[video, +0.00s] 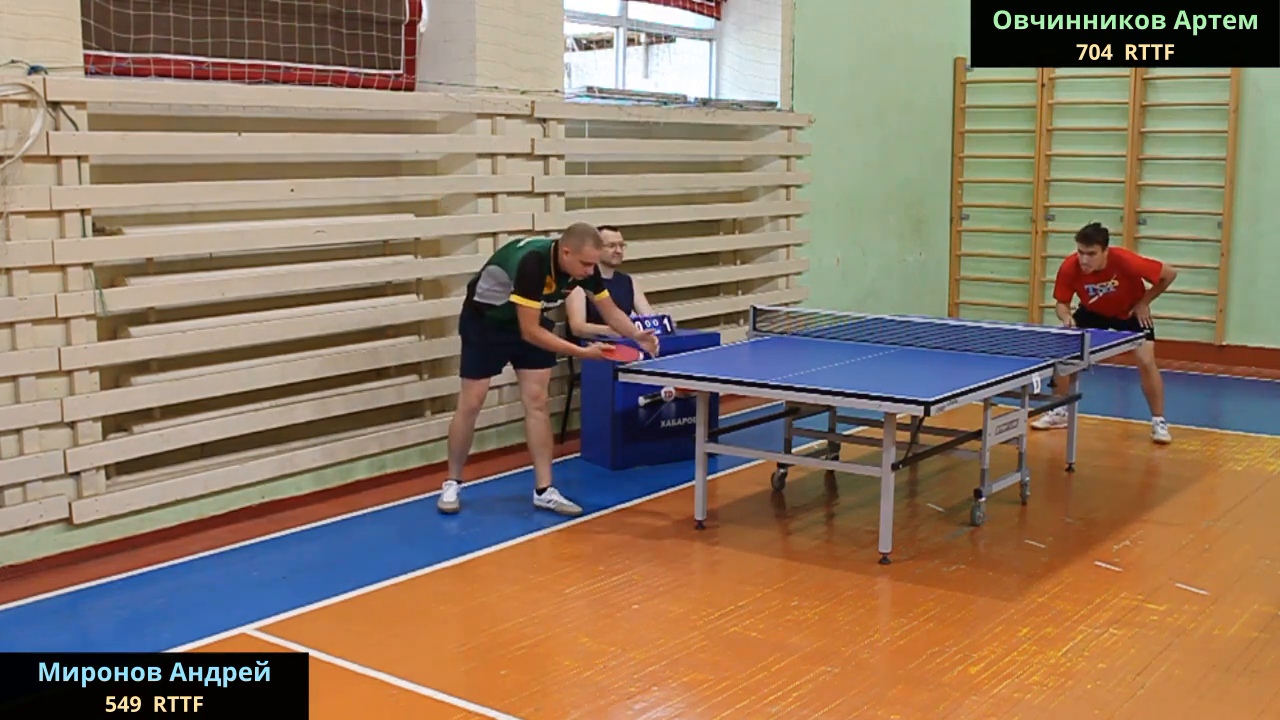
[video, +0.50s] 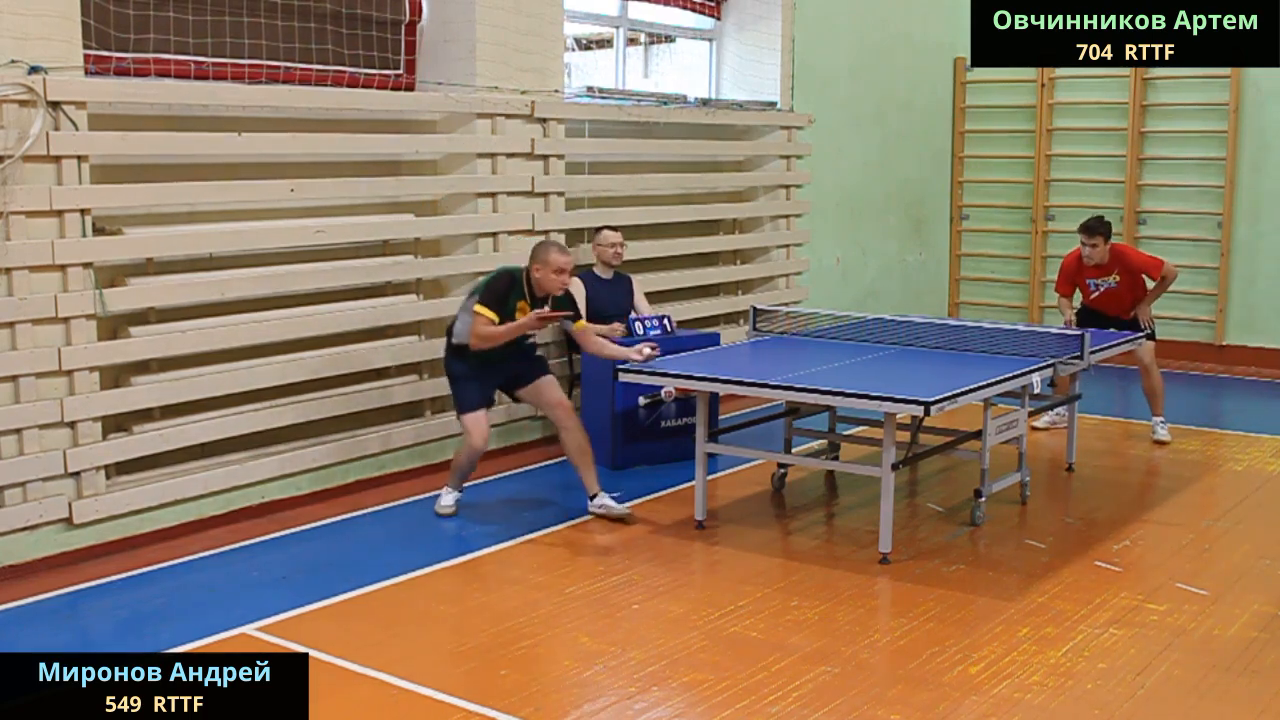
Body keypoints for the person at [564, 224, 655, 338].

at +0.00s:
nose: (618, 251)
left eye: (621, 245)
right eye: (611, 246)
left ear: (625, 247)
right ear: (596, 248)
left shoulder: (628, 281)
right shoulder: (579, 281)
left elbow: (649, 315)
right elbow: (577, 327)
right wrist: (611, 330)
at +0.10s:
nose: (618, 251)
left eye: (621, 246)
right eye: (611, 246)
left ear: (624, 247)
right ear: (595, 248)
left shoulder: (628, 281)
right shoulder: (579, 281)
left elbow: (648, 315)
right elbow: (577, 327)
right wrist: (611, 331)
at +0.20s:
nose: (619, 251)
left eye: (621, 246)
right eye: (612, 246)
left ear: (624, 248)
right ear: (595, 250)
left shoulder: (629, 282)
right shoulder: (578, 281)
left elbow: (649, 317)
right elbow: (577, 325)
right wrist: (610, 330)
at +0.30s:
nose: (619, 251)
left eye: (621, 246)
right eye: (612, 246)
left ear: (624, 248)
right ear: (595, 249)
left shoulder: (628, 281)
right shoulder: (581, 283)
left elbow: (649, 316)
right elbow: (576, 325)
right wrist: (605, 331)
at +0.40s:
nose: (619, 251)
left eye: (622, 246)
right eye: (612, 246)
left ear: (624, 247)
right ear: (595, 249)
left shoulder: (629, 282)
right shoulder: (579, 283)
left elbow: (649, 316)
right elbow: (578, 326)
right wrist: (605, 330)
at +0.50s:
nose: (619, 251)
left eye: (622, 246)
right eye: (612, 246)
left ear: (624, 247)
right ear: (595, 249)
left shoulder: (629, 281)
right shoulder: (579, 283)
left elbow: (648, 314)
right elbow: (579, 325)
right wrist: (605, 330)